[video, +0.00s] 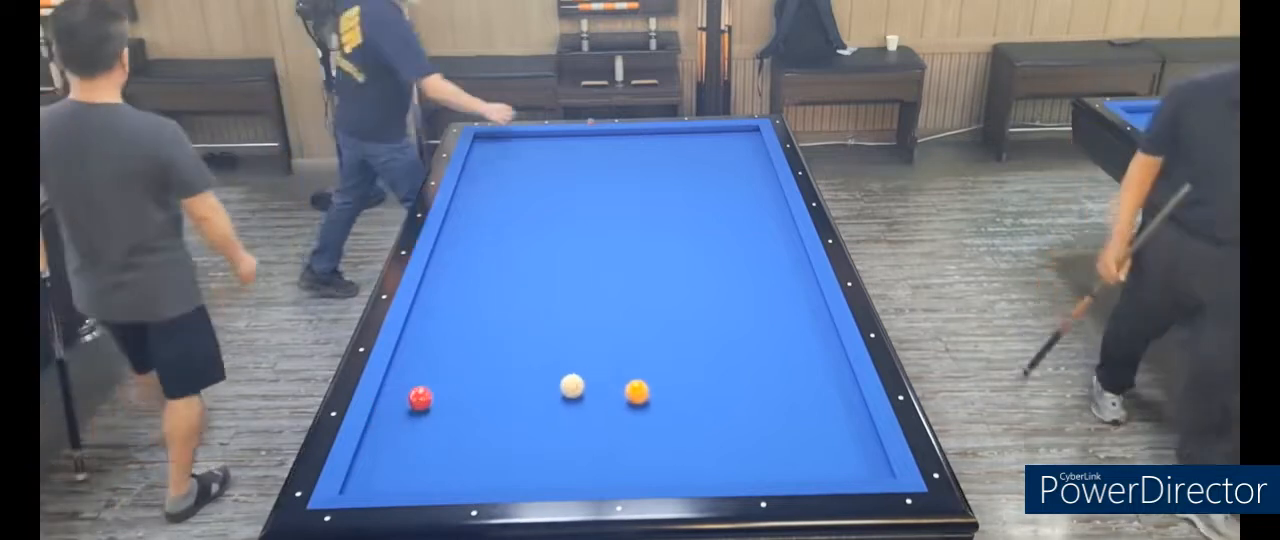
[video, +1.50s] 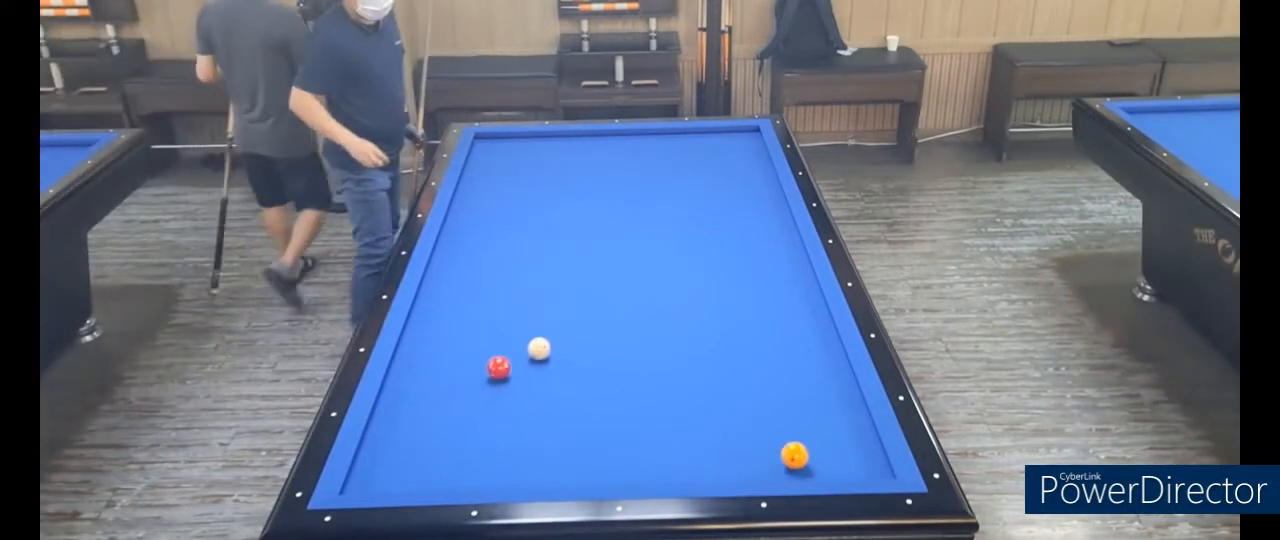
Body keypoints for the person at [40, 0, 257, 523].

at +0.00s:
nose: (130, 57)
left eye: (124, 49)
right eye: (128, 50)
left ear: (63, 62)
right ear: (123, 59)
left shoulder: (48, 128)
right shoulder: (156, 135)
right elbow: (208, 217)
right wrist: (240, 257)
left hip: (96, 293)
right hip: (161, 289)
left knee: (142, 368)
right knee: (183, 389)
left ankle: (173, 427)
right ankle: (180, 492)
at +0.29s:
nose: (151, 35)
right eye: (148, 28)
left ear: (87, 38)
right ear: (144, 35)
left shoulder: (68, 103)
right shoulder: (178, 100)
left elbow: (58, 177)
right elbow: (218, 175)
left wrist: (89, 153)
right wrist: (253, 225)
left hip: (127, 257)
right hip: (186, 251)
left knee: (166, 331)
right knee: (217, 332)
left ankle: (206, 401)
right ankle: (198, 422)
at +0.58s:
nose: (180, 20)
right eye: (178, 14)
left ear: (128, 19)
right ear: (174, 18)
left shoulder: (100, 71)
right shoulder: (198, 83)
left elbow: (88, 131)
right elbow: (231, 162)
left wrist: (121, 103)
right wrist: (260, 214)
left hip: (151, 228)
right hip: (209, 222)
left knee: (175, 313)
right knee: (243, 285)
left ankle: (201, 397)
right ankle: (260, 347)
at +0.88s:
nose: (215, 12)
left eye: (212, 6)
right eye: (214, 7)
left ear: (168, 11)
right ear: (209, 10)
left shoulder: (139, 54)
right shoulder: (230, 64)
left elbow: (126, 109)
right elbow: (257, 136)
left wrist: (159, 94)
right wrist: (280, 192)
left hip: (185, 201)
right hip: (238, 196)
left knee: (198, 273)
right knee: (260, 256)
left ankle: (198, 355)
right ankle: (260, 325)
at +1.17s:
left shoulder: (176, 32)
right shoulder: (260, 37)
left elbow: (161, 96)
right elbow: (294, 103)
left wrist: (195, 86)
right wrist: (304, 135)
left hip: (217, 166)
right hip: (264, 166)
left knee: (251, 226)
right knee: (268, 244)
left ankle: (261, 292)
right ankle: (260, 323)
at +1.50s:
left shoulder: (211, 13)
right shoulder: (283, 16)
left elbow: (205, 73)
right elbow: (310, 71)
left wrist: (236, 64)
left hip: (248, 136)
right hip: (290, 136)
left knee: (271, 203)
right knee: (315, 202)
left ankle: (295, 264)